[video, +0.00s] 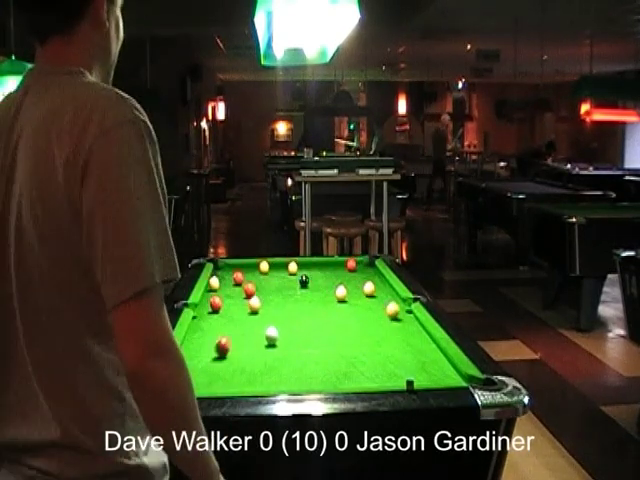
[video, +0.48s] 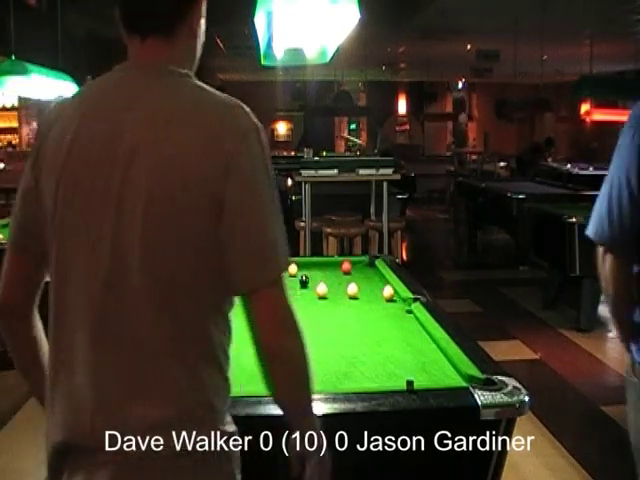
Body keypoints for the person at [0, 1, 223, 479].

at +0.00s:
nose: (122, 30)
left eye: (121, 12)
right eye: (121, 11)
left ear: (37, 22)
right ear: (102, 12)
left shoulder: (6, 113)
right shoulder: (107, 117)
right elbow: (146, 348)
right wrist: (203, 467)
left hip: (10, 452)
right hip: (98, 456)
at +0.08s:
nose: (130, 27)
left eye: (129, 11)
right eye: (129, 9)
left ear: (43, 20)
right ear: (113, 12)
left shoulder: (8, 118)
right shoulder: (119, 117)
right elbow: (156, 346)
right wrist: (214, 466)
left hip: (12, 452)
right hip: (111, 454)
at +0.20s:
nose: (149, 33)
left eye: (148, 18)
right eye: (148, 16)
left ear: (63, 21)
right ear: (133, 14)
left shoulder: (14, 125)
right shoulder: (146, 120)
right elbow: (183, 341)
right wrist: (238, 462)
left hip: (17, 447)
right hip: (126, 451)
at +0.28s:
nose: (163, 34)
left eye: (162, 20)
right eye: (163, 18)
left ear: (80, 22)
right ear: (152, 17)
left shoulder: (21, 128)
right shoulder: (167, 122)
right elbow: (206, 325)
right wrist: (255, 457)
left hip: (28, 446)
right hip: (140, 448)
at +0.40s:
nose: (187, 28)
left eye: (185, 17)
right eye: (187, 15)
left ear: (106, 23)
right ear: (179, 16)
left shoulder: (41, 126)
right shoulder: (205, 125)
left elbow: (4, 309)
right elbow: (244, 316)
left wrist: (46, 404)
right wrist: (283, 448)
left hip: (60, 436)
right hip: (170, 441)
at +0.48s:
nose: (207, 27)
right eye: (205, 14)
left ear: (123, 23)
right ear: (198, 16)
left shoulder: (62, 120)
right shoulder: (228, 124)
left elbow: (14, 303)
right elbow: (268, 306)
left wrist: (55, 400)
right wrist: (307, 434)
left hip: (79, 431)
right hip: (188, 433)